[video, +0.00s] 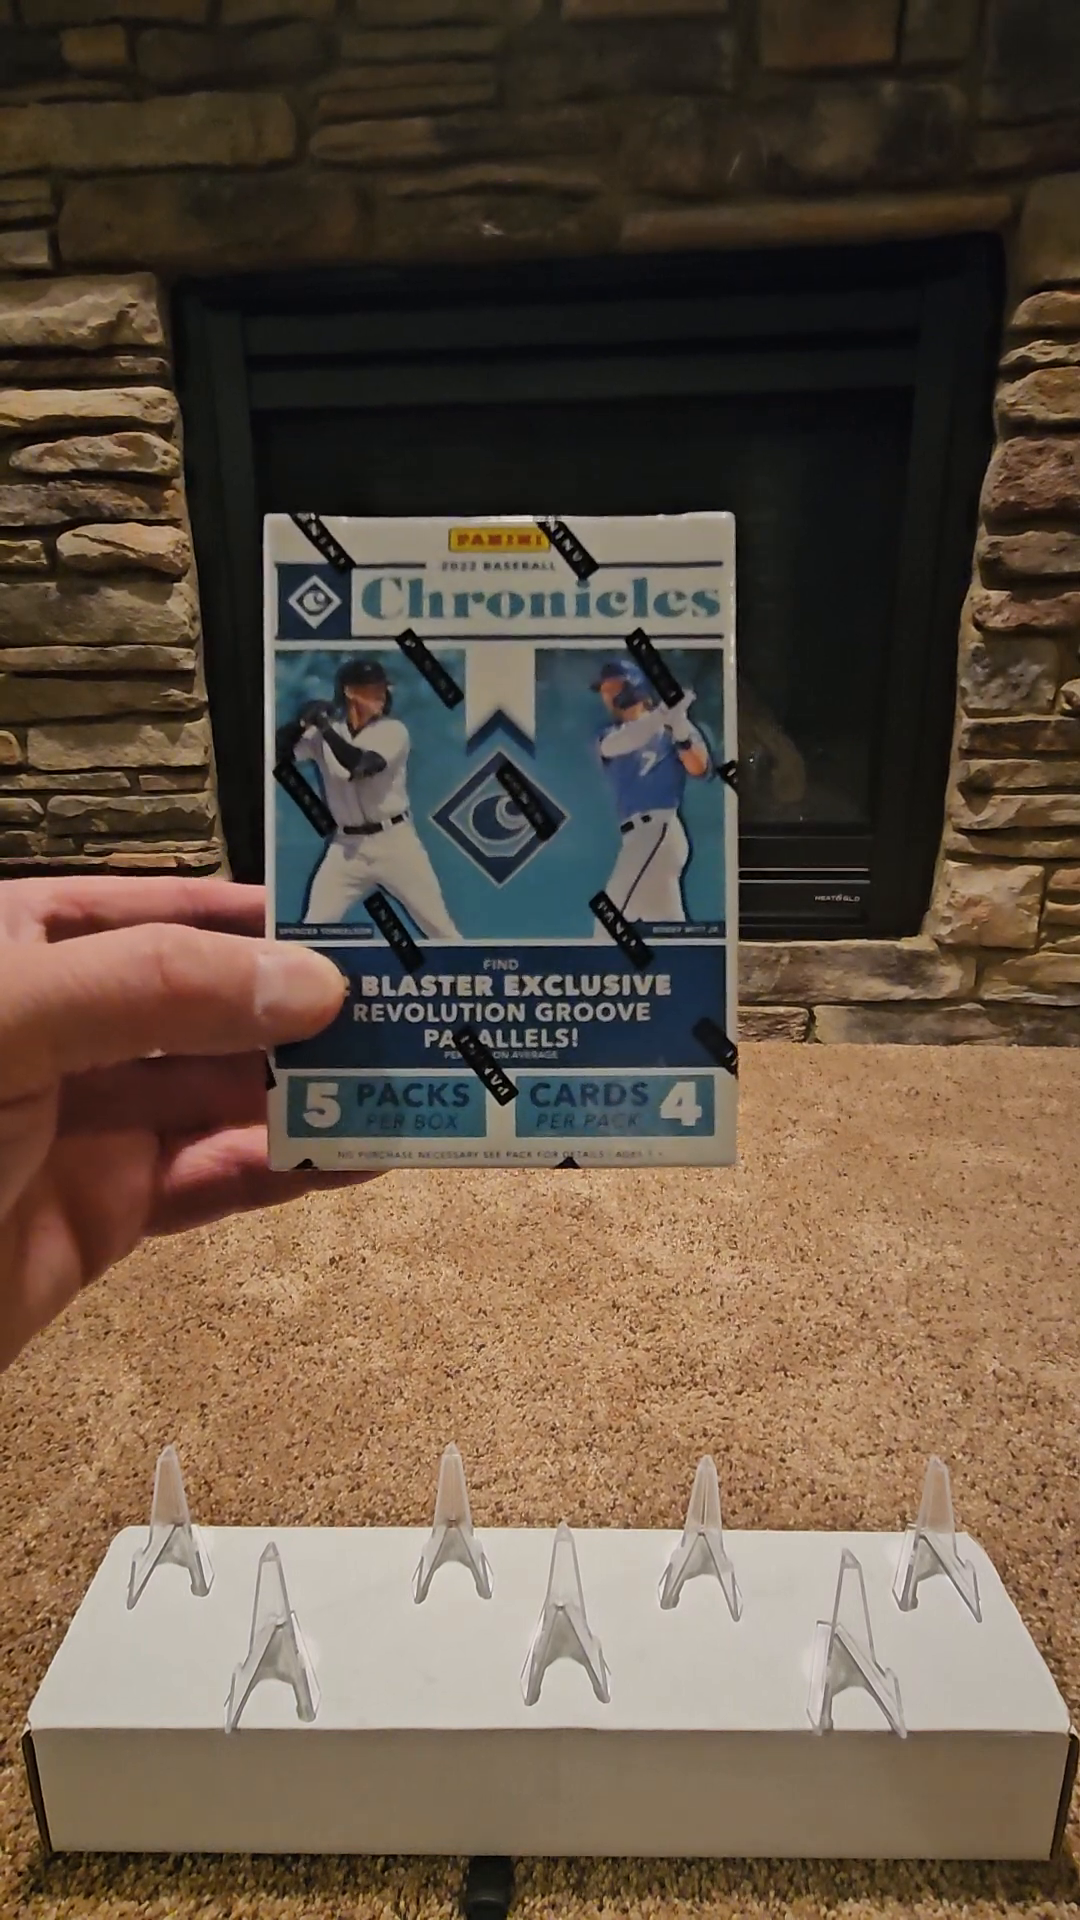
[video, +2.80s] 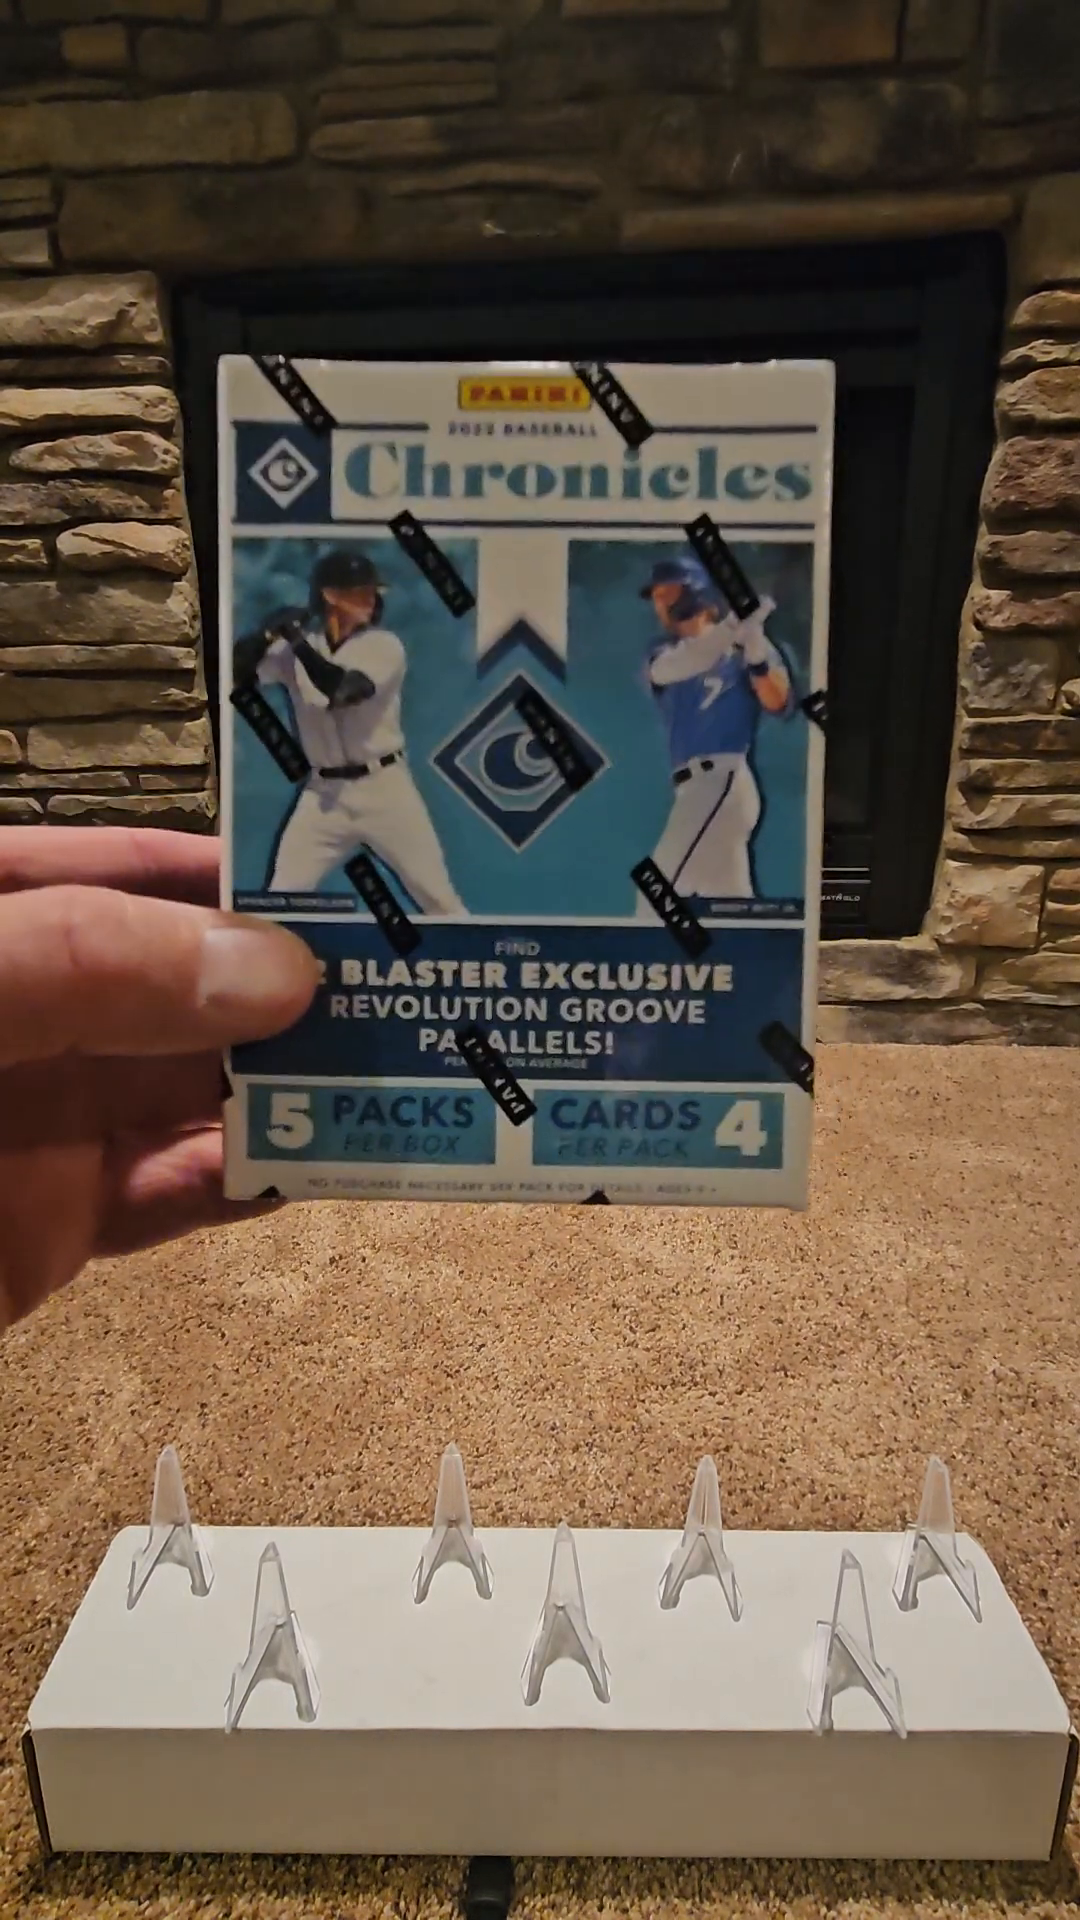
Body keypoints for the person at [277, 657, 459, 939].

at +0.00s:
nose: (381, 693)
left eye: (382, 687)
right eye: (372, 687)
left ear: (387, 691)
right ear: (350, 692)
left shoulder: (393, 731)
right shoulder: (323, 735)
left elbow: (359, 766)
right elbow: (279, 753)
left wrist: (324, 726)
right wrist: (300, 724)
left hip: (395, 843)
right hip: (346, 847)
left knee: (439, 928)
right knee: (314, 932)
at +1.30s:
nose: (371, 651)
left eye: (371, 644)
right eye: (361, 644)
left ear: (375, 649)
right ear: (335, 650)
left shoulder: (381, 693)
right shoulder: (303, 699)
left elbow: (344, 731)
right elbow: (255, 716)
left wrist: (307, 689)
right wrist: (282, 683)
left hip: (384, 816)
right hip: (330, 820)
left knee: (428, 906)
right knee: (297, 912)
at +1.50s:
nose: (336, 601)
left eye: (337, 594)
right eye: (326, 594)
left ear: (340, 599)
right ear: (300, 601)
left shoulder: (349, 645)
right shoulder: (266, 650)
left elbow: (311, 686)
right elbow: (216, 669)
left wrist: (270, 641)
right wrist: (243, 635)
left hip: (352, 774)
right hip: (296, 779)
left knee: (400, 871)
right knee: (261, 875)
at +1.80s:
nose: (342, 551)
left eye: (343, 543)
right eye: (331, 543)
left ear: (348, 550)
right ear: (304, 551)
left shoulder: (356, 600)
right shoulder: (269, 606)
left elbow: (317, 643)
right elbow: (213, 622)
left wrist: (272, 595)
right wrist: (243, 591)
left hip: (361, 738)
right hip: (301, 744)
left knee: (413, 840)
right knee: (265, 848)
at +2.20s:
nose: (368, 501)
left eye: (370, 492)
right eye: (356, 492)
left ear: (377, 498)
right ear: (327, 499)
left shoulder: (385, 553)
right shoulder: (290, 559)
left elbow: (341, 602)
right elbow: (227, 583)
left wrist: (292, 548)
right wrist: (261, 543)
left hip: (389, 708)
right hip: (323, 714)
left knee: (446, 824)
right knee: (282, 829)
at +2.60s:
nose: (374, 549)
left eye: (379, 541)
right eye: (362, 540)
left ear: (387, 549)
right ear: (337, 547)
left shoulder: (396, 599)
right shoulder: (304, 604)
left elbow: (355, 646)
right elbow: (245, 631)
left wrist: (306, 595)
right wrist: (274, 589)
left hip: (399, 747)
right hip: (334, 753)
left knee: (454, 861)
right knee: (294, 864)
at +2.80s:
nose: (371, 597)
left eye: (372, 589)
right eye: (360, 589)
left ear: (376, 595)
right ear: (330, 596)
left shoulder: (383, 646)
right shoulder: (294, 652)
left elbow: (342, 691)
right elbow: (238, 673)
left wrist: (296, 640)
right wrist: (266, 634)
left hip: (386, 791)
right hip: (323, 796)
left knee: (439, 899)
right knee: (282, 903)